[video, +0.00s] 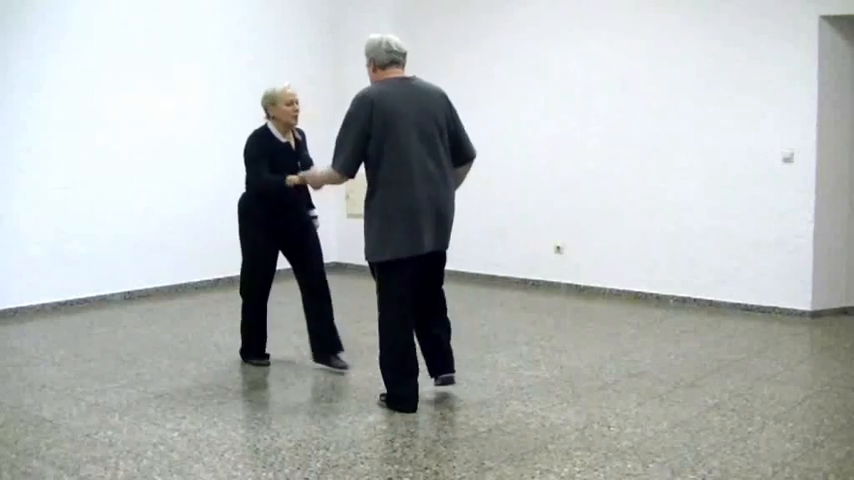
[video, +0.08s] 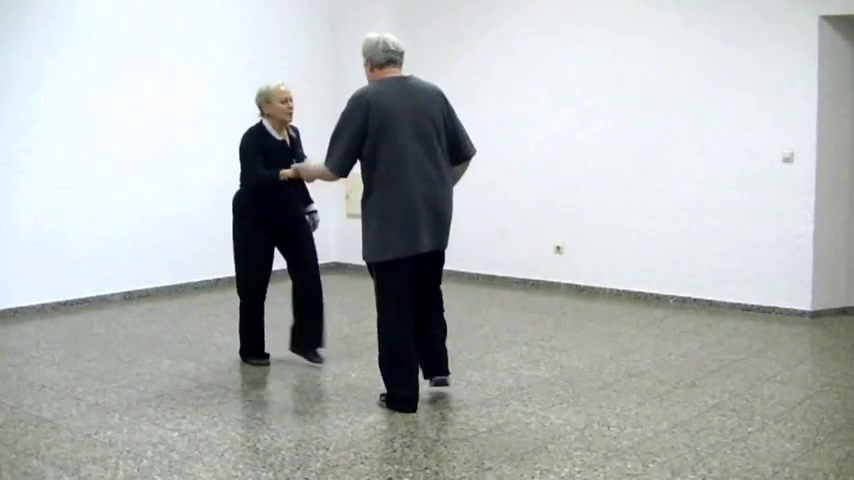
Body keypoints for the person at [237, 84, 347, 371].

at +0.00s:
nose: (296, 108)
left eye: (297, 103)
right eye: (289, 104)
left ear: (297, 108)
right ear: (271, 110)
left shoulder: (298, 136)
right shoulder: (257, 141)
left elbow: (303, 171)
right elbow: (258, 182)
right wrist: (291, 180)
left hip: (295, 219)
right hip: (260, 222)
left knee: (315, 282)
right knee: (256, 287)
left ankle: (326, 350)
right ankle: (252, 351)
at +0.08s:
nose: (291, 106)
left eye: (291, 101)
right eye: (284, 102)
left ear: (290, 105)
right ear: (266, 108)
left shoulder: (292, 135)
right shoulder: (252, 138)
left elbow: (297, 174)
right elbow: (250, 179)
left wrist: (310, 207)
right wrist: (285, 174)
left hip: (289, 216)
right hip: (255, 219)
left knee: (308, 276)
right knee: (253, 286)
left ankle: (304, 342)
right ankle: (252, 350)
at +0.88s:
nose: (314, 108)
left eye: (315, 103)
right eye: (307, 105)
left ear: (315, 108)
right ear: (291, 112)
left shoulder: (318, 141)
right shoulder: (281, 139)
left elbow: (320, 181)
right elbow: (281, 176)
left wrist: (343, 194)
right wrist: (310, 158)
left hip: (312, 218)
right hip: (281, 219)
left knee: (323, 281)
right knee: (287, 281)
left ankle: (310, 344)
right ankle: (261, 343)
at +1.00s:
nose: (330, 102)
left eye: (330, 98)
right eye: (323, 99)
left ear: (330, 103)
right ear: (307, 106)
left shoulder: (332, 135)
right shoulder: (296, 132)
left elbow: (340, 173)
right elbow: (294, 166)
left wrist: (368, 181)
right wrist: (319, 146)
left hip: (324, 213)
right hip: (295, 211)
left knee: (329, 277)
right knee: (314, 274)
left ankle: (318, 346)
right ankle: (299, 341)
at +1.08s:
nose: (341, 104)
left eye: (341, 99)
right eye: (335, 100)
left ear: (338, 102)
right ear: (318, 105)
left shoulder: (344, 134)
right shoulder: (307, 133)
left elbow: (353, 171)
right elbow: (309, 169)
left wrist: (377, 178)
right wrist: (330, 138)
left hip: (333, 209)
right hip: (304, 209)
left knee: (334, 271)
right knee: (328, 271)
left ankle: (312, 338)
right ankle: (331, 342)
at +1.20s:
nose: (355, 111)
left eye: (354, 106)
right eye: (349, 107)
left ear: (340, 111)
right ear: (336, 110)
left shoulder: (355, 139)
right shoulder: (328, 139)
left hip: (347, 213)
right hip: (324, 214)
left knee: (341, 278)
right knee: (346, 278)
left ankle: (312, 339)